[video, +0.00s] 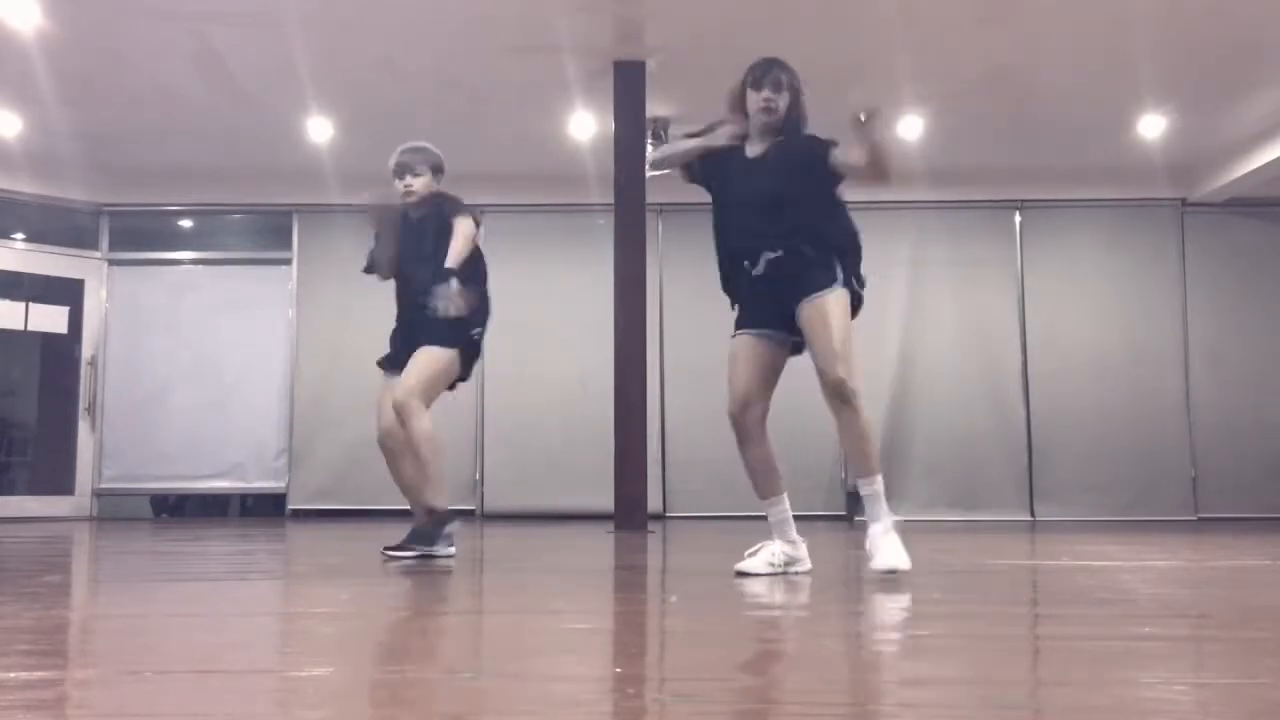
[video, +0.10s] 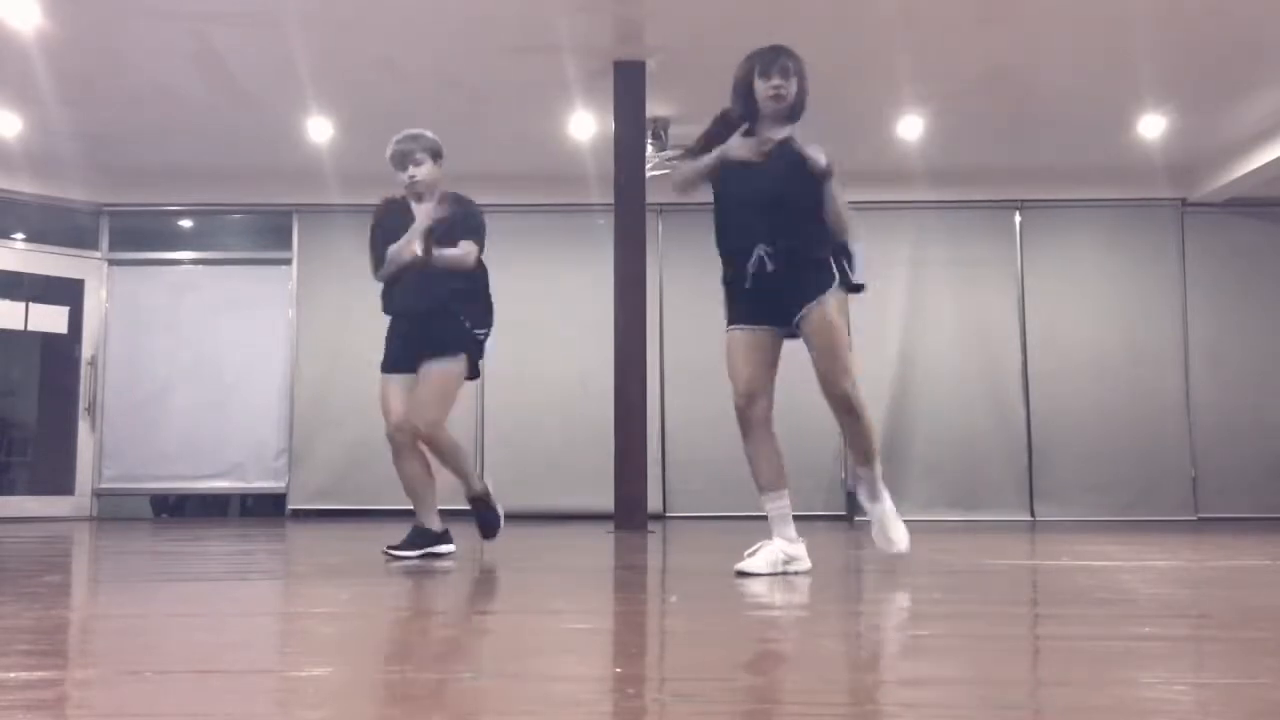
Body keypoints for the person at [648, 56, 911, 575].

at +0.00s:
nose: (768, 96)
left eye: (779, 90)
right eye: (760, 87)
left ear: (793, 101)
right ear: (743, 96)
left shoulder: (809, 150)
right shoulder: (720, 160)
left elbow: (876, 172)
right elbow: (656, 159)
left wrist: (870, 138)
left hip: (816, 277)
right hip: (759, 292)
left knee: (838, 383)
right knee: (744, 413)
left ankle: (880, 526)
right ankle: (786, 543)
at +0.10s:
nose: (778, 84)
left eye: (787, 76)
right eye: (768, 76)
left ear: (800, 87)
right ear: (749, 86)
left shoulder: (808, 155)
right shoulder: (725, 142)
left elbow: (842, 233)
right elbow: (678, 183)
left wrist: (824, 175)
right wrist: (722, 154)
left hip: (810, 281)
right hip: (748, 289)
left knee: (844, 393)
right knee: (750, 407)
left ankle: (875, 496)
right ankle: (785, 540)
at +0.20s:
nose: (779, 96)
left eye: (788, 87)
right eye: (770, 87)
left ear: (802, 95)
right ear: (754, 95)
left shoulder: (813, 162)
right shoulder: (736, 148)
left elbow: (826, 237)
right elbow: (727, 212)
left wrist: (817, 206)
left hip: (805, 284)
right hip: (743, 287)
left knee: (833, 404)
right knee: (749, 407)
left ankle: (836, 495)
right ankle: (777, 539)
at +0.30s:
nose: (776, 117)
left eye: (785, 108)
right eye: (766, 109)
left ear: (800, 114)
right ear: (753, 116)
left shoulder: (820, 161)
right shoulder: (738, 182)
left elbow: (848, 212)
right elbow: (712, 247)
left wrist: (822, 238)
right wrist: (728, 252)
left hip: (799, 304)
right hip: (743, 302)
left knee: (812, 425)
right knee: (743, 408)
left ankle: (786, 522)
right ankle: (761, 532)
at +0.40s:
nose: (773, 150)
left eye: (781, 140)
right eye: (763, 140)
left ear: (797, 146)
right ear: (748, 148)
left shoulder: (820, 198)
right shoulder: (738, 214)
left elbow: (846, 257)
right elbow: (699, 281)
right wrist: (736, 293)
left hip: (799, 328)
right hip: (744, 320)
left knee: (831, 455)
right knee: (748, 405)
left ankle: (774, 534)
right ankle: (749, 534)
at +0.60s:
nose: (787, 213)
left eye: (795, 202)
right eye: (776, 204)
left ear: (806, 207)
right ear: (760, 211)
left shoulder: (809, 257)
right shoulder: (757, 264)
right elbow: (710, 320)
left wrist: (804, 366)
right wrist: (748, 363)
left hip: (798, 386)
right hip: (755, 376)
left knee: (863, 469)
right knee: (755, 411)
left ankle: (777, 535)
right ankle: (733, 535)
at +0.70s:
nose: (810, 240)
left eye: (811, 231)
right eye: (801, 231)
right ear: (777, 237)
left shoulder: (750, 284)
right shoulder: (801, 283)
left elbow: (703, 322)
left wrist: (734, 361)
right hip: (754, 390)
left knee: (856, 457)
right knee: (802, 431)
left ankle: (780, 536)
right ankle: (726, 530)